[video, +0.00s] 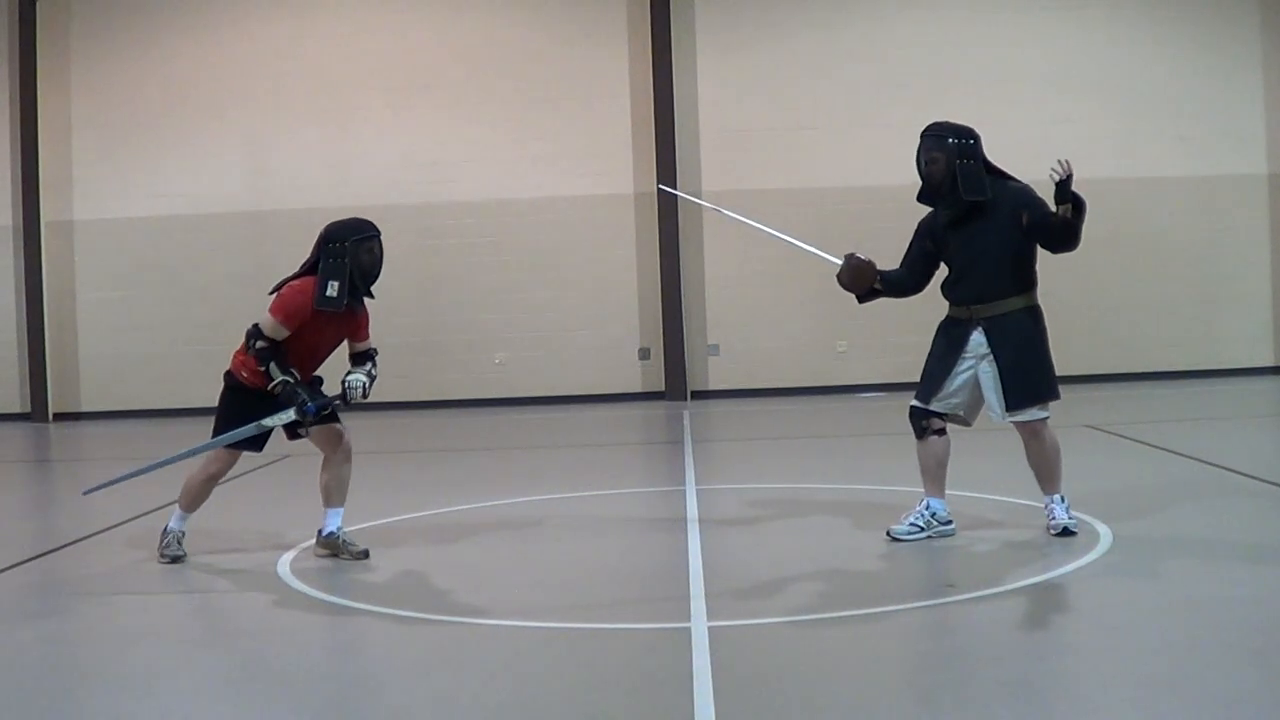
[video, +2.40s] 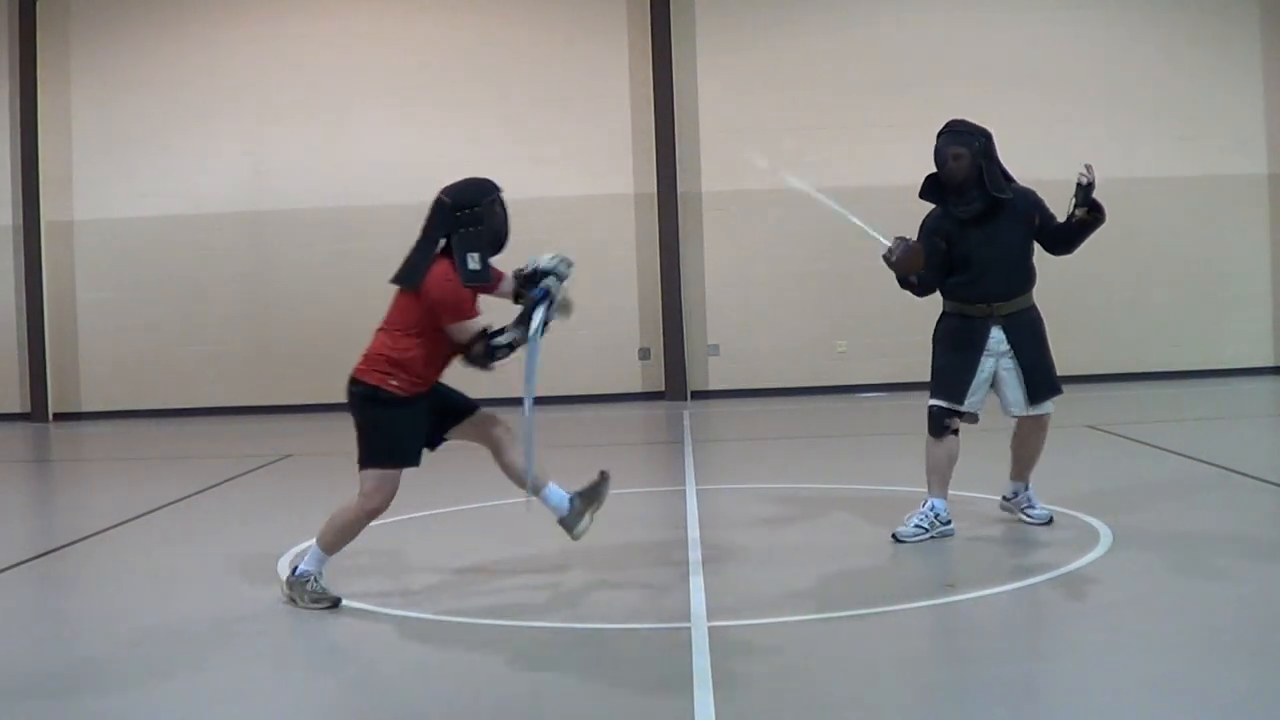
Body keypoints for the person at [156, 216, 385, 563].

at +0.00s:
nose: (375, 261)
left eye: (376, 252)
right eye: (367, 252)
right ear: (341, 255)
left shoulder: (355, 307)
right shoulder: (300, 294)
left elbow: (363, 354)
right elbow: (257, 343)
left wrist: (361, 374)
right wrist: (289, 386)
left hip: (300, 386)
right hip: (251, 383)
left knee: (338, 446)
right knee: (219, 463)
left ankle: (330, 533)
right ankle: (174, 529)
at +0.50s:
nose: (394, 235)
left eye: (395, 227)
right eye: (386, 227)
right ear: (360, 229)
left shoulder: (374, 283)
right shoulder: (320, 270)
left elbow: (381, 330)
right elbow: (280, 324)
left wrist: (383, 352)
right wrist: (309, 364)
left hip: (319, 366)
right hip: (272, 360)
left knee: (336, 444)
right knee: (266, 445)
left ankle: (331, 533)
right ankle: (239, 532)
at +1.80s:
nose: (423, 199)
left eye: (421, 189)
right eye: (414, 190)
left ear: (393, 197)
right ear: (388, 195)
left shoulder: (395, 256)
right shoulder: (350, 245)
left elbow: (399, 318)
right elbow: (326, 316)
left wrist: (420, 350)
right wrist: (365, 364)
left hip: (350, 367)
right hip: (304, 365)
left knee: (382, 458)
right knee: (318, 462)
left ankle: (387, 558)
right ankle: (287, 551)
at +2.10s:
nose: (440, 201)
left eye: (437, 192)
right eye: (432, 193)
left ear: (402, 200)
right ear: (409, 200)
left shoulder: (405, 250)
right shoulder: (375, 250)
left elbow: (413, 307)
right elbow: (350, 326)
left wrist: (447, 335)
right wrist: (395, 369)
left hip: (363, 372)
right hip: (321, 372)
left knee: (419, 447)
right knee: (343, 473)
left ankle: (408, 547)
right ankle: (301, 572)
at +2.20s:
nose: (453, 201)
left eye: (451, 192)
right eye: (446, 193)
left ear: (412, 201)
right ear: (425, 201)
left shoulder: (417, 250)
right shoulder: (394, 254)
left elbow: (437, 291)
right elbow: (372, 330)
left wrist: (467, 312)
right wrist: (422, 361)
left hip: (371, 374)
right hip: (333, 373)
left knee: (427, 445)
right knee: (352, 481)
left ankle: (459, 544)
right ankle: (299, 571)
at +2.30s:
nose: (471, 213)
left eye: (470, 204)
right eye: (464, 205)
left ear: (429, 214)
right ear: (445, 215)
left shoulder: (435, 257)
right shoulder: (416, 271)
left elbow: (468, 280)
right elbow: (408, 349)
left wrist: (498, 295)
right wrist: (465, 358)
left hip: (390, 377)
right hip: (352, 379)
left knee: (456, 435)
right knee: (369, 489)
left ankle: (517, 520)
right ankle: (298, 566)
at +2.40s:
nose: (503, 221)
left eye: (500, 212)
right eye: (495, 213)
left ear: (460, 224)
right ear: (473, 224)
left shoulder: (464, 265)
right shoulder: (442, 279)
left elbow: (516, 289)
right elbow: (482, 351)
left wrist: (542, 280)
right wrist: (533, 321)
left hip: (416, 389)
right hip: (380, 391)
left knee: (495, 431)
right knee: (374, 499)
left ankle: (566, 508)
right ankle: (302, 570)